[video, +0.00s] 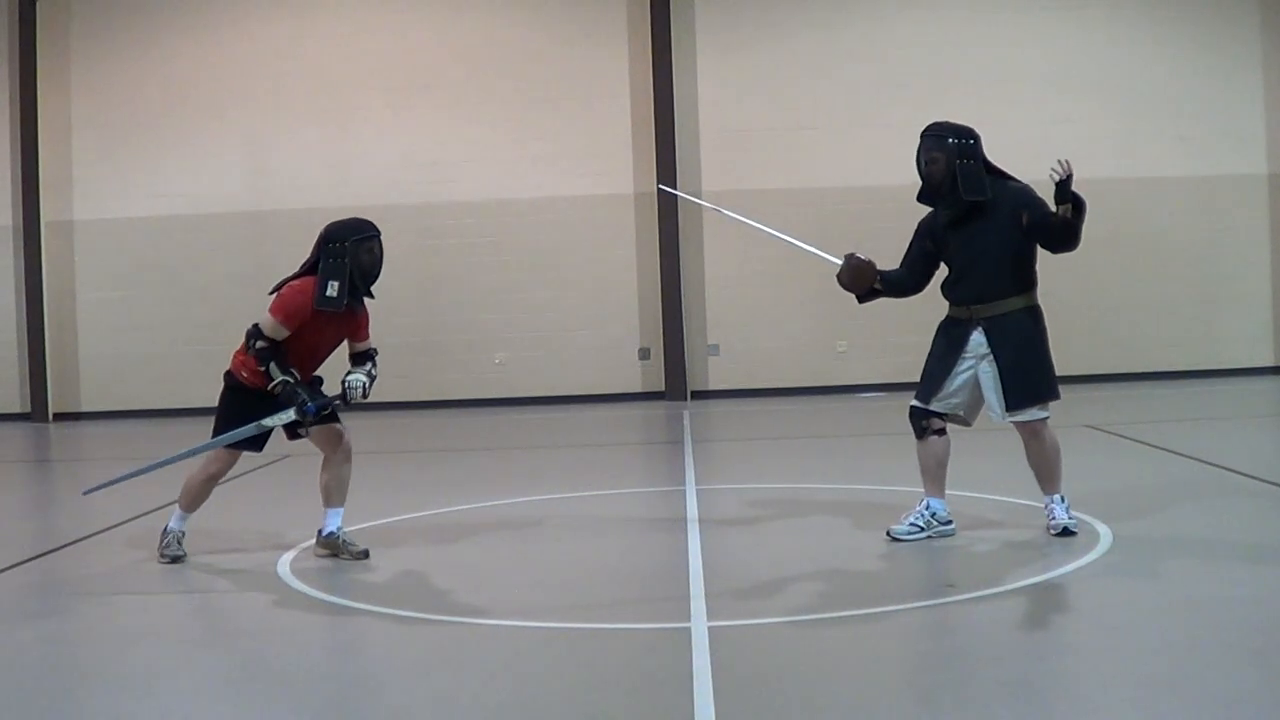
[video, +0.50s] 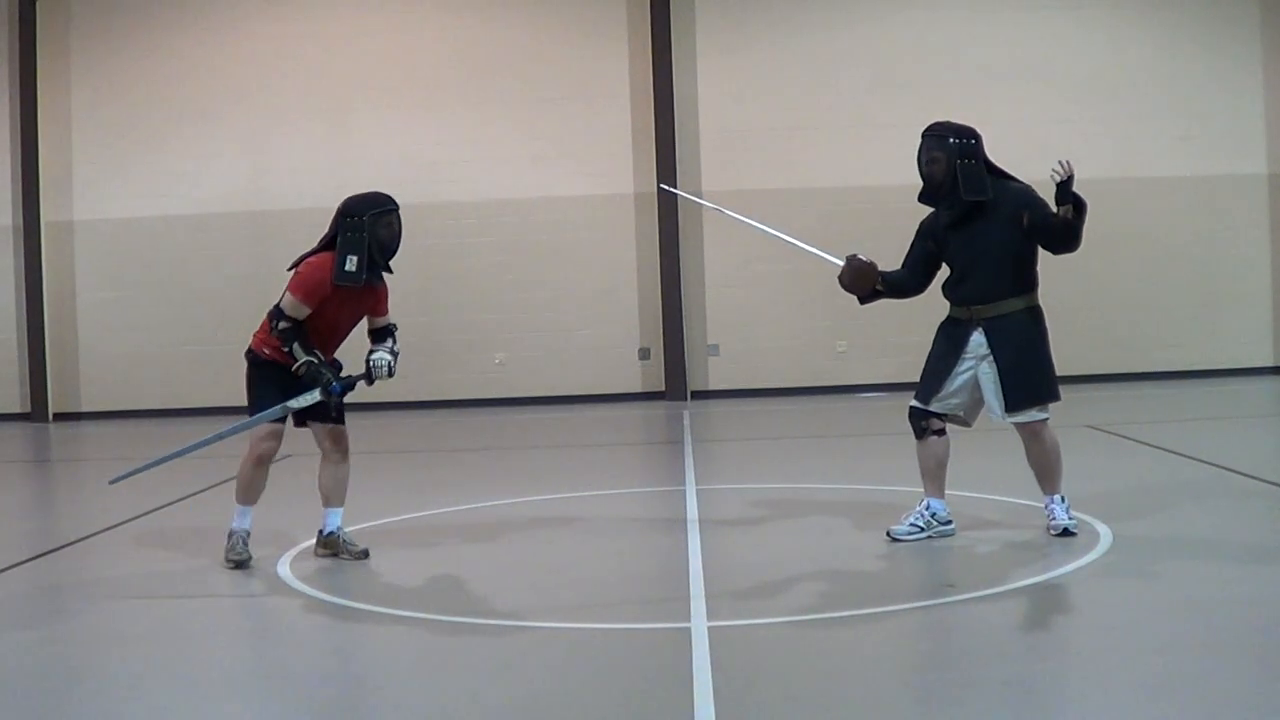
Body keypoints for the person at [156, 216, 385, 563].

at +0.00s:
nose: (375, 261)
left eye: (376, 252)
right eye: (367, 252)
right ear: (341, 255)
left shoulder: (355, 307)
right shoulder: (300, 294)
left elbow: (363, 354)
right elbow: (257, 343)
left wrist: (361, 374)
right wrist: (289, 386)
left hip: (300, 386)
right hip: (251, 383)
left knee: (338, 446)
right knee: (219, 463)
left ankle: (330, 533)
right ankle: (174, 529)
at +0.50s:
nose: (394, 235)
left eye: (395, 227)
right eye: (386, 227)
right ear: (360, 229)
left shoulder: (374, 283)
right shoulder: (320, 270)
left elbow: (381, 330)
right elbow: (280, 324)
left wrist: (383, 352)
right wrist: (309, 364)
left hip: (319, 366)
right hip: (272, 360)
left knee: (336, 444)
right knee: (266, 445)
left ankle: (331, 533)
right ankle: (239, 532)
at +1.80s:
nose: (423, 199)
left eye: (421, 189)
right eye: (414, 190)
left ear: (393, 197)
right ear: (388, 195)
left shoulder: (395, 256)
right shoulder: (350, 245)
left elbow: (399, 318)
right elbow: (326, 316)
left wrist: (420, 350)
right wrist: (365, 364)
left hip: (350, 367)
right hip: (304, 365)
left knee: (382, 458)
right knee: (318, 462)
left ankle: (387, 558)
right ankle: (287, 551)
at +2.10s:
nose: (440, 201)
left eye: (437, 192)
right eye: (432, 193)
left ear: (402, 200)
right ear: (409, 200)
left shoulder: (405, 250)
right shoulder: (375, 250)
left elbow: (413, 307)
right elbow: (350, 326)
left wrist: (447, 335)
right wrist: (395, 369)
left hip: (363, 372)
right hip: (321, 372)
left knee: (419, 447)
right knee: (343, 473)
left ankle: (408, 547)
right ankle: (301, 572)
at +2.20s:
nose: (453, 201)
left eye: (451, 192)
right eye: (446, 193)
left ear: (412, 201)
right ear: (425, 201)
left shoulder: (417, 250)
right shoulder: (394, 254)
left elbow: (437, 291)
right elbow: (372, 330)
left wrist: (467, 312)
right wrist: (422, 361)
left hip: (371, 374)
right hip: (333, 373)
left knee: (427, 445)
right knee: (352, 481)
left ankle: (459, 544)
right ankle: (299, 571)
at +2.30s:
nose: (471, 213)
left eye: (470, 204)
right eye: (464, 205)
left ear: (429, 214)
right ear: (445, 215)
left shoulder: (435, 257)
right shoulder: (416, 271)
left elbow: (468, 280)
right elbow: (408, 349)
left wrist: (498, 295)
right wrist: (465, 358)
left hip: (390, 377)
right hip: (352, 379)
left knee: (456, 435)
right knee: (369, 489)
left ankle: (517, 520)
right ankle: (298, 566)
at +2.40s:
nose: (503, 221)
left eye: (500, 212)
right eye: (495, 213)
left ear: (460, 224)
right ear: (473, 224)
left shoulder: (464, 265)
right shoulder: (442, 279)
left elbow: (516, 289)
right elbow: (482, 351)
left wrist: (542, 280)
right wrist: (533, 321)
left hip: (416, 389)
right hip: (380, 391)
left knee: (495, 431)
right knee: (374, 499)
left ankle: (566, 508)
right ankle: (302, 570)